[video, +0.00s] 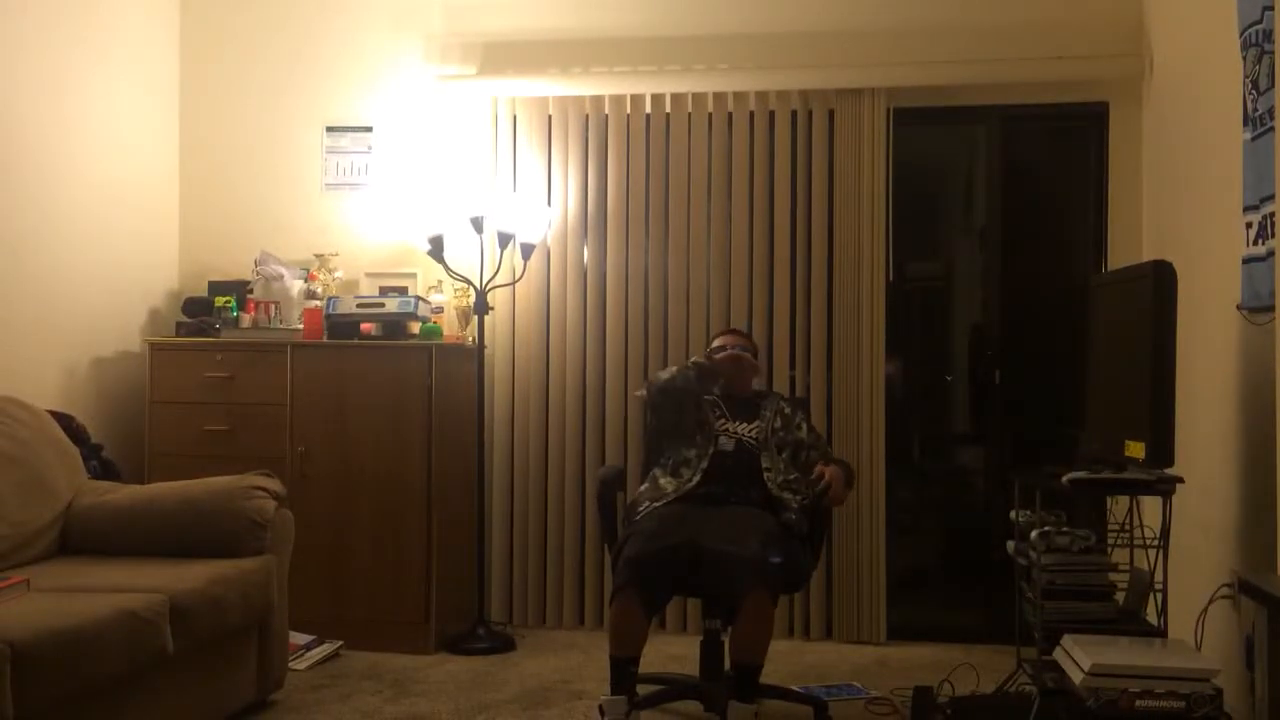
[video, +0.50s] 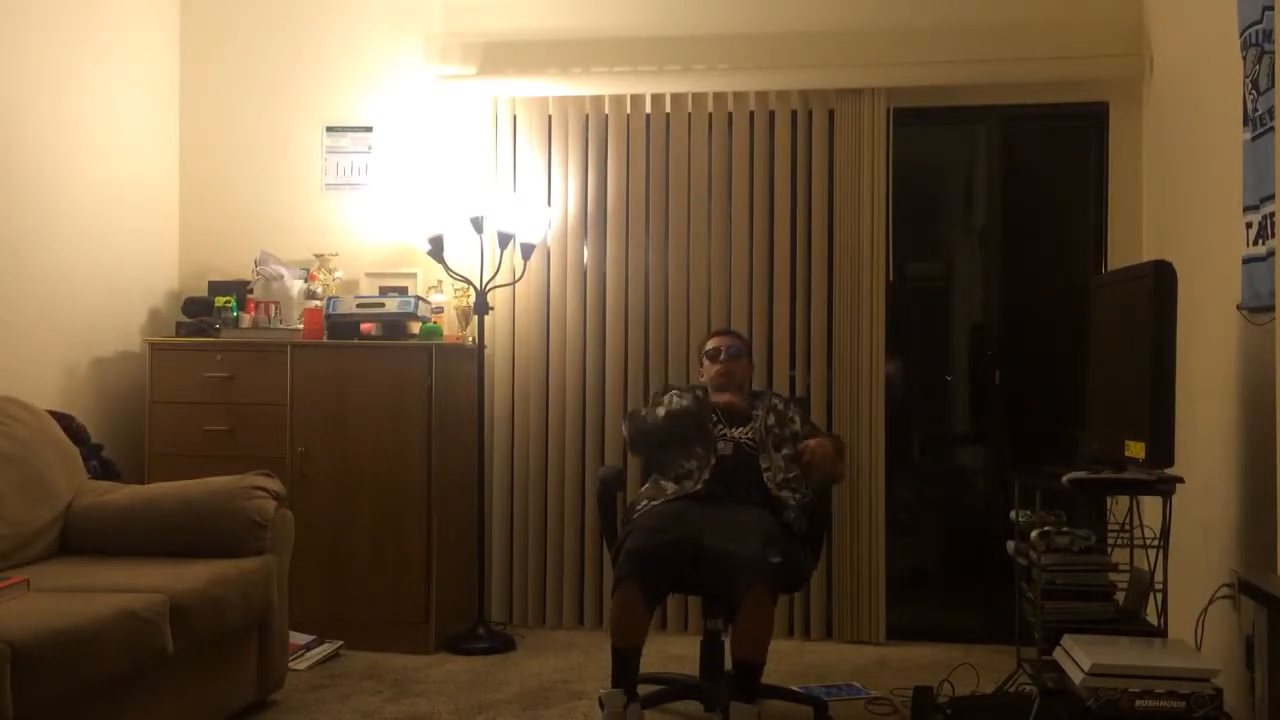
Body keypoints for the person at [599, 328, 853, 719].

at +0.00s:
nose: (733, 355)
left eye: (743, 350)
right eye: (721, 349)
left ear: (758, 366)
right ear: (706, 362)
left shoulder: (780, 409)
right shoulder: (686, 399)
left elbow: (816, 455)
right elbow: (658, 389)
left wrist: (835, 469)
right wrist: (709, 365)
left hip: (753, 508)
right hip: (678, 505)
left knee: (759, 580)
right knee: (636, 571)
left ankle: (744, 703)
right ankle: (620, 695)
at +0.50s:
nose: (722, 360)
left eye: (734, 354)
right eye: (713, 355)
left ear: (751, 367)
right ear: (701, 368)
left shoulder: (778, 408)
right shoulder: (678, 399)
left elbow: (822, 446)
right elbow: (636, 433)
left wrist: (825, 448)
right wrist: (706, 403)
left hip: (752, 507)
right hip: (677, 504)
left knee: (757, 577)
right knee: (637, 566)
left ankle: (745, 699)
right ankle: (622, 691)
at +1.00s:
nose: (725, 364)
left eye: (736, 357)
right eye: (716, 357)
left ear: (753, 367)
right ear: (704, 369)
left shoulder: (778, 412)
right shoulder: (675, 408)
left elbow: (821, 455)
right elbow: (630, 452)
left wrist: (819, 460)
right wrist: (693, 441)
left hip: (749, 509)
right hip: (675, 506)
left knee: (757, 577)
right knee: (637, 568)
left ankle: (746, 702)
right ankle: (621, 696)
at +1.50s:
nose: (739, 360)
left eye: (750, 356)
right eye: (729, 353)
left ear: (762, 373)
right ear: (712, 366)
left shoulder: (780, 413)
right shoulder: (675, 407)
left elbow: (820, 454)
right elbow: (630, 454)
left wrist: (820, 459)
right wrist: (690, 452)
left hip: (748, 509)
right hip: (672, 506)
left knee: (756, 576)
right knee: (637, 567)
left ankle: (746, 704)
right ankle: (621, 697)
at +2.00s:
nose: (743, 358)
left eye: (755, 356)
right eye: (734, 351)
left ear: (764, 379)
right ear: (715, 366)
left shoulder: (782, 415)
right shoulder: (674, 407)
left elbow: (825, 458)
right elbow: (631, 457)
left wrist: (821, 459)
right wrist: (690, 462)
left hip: (748, 509)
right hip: (672, 506)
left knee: (757, 577)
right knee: (637, 568)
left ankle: (746, 703)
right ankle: (621, 695)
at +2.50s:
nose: (737, 352)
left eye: (749, 352)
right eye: (729, 350)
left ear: (762, 376)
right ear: (713, 372)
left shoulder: (782, 414)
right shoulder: (675, 408)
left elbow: (825, 459)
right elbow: (634, 461)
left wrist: (821, 461)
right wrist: (691, 469)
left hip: (750, 508)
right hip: (674, 506)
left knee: (757, 575)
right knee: (637, 566)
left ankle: (746, 704)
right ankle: (621, 694)